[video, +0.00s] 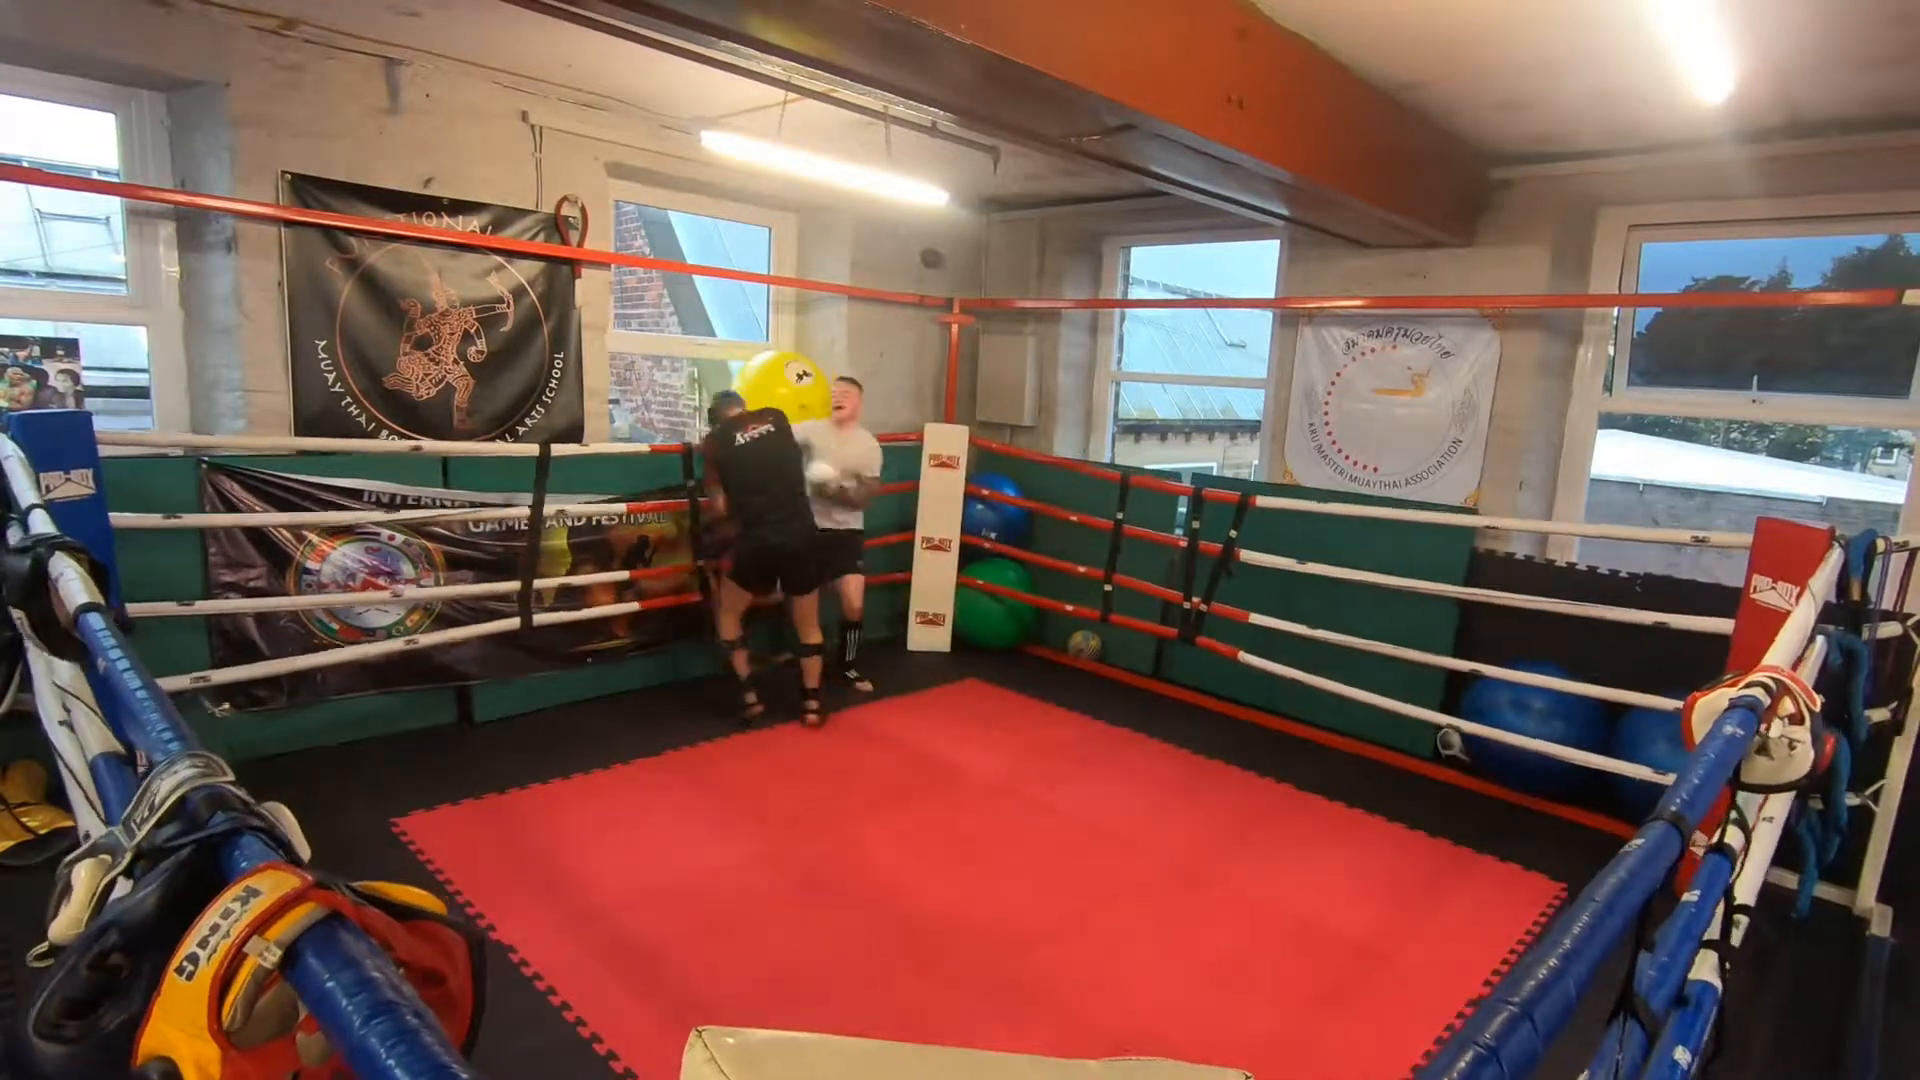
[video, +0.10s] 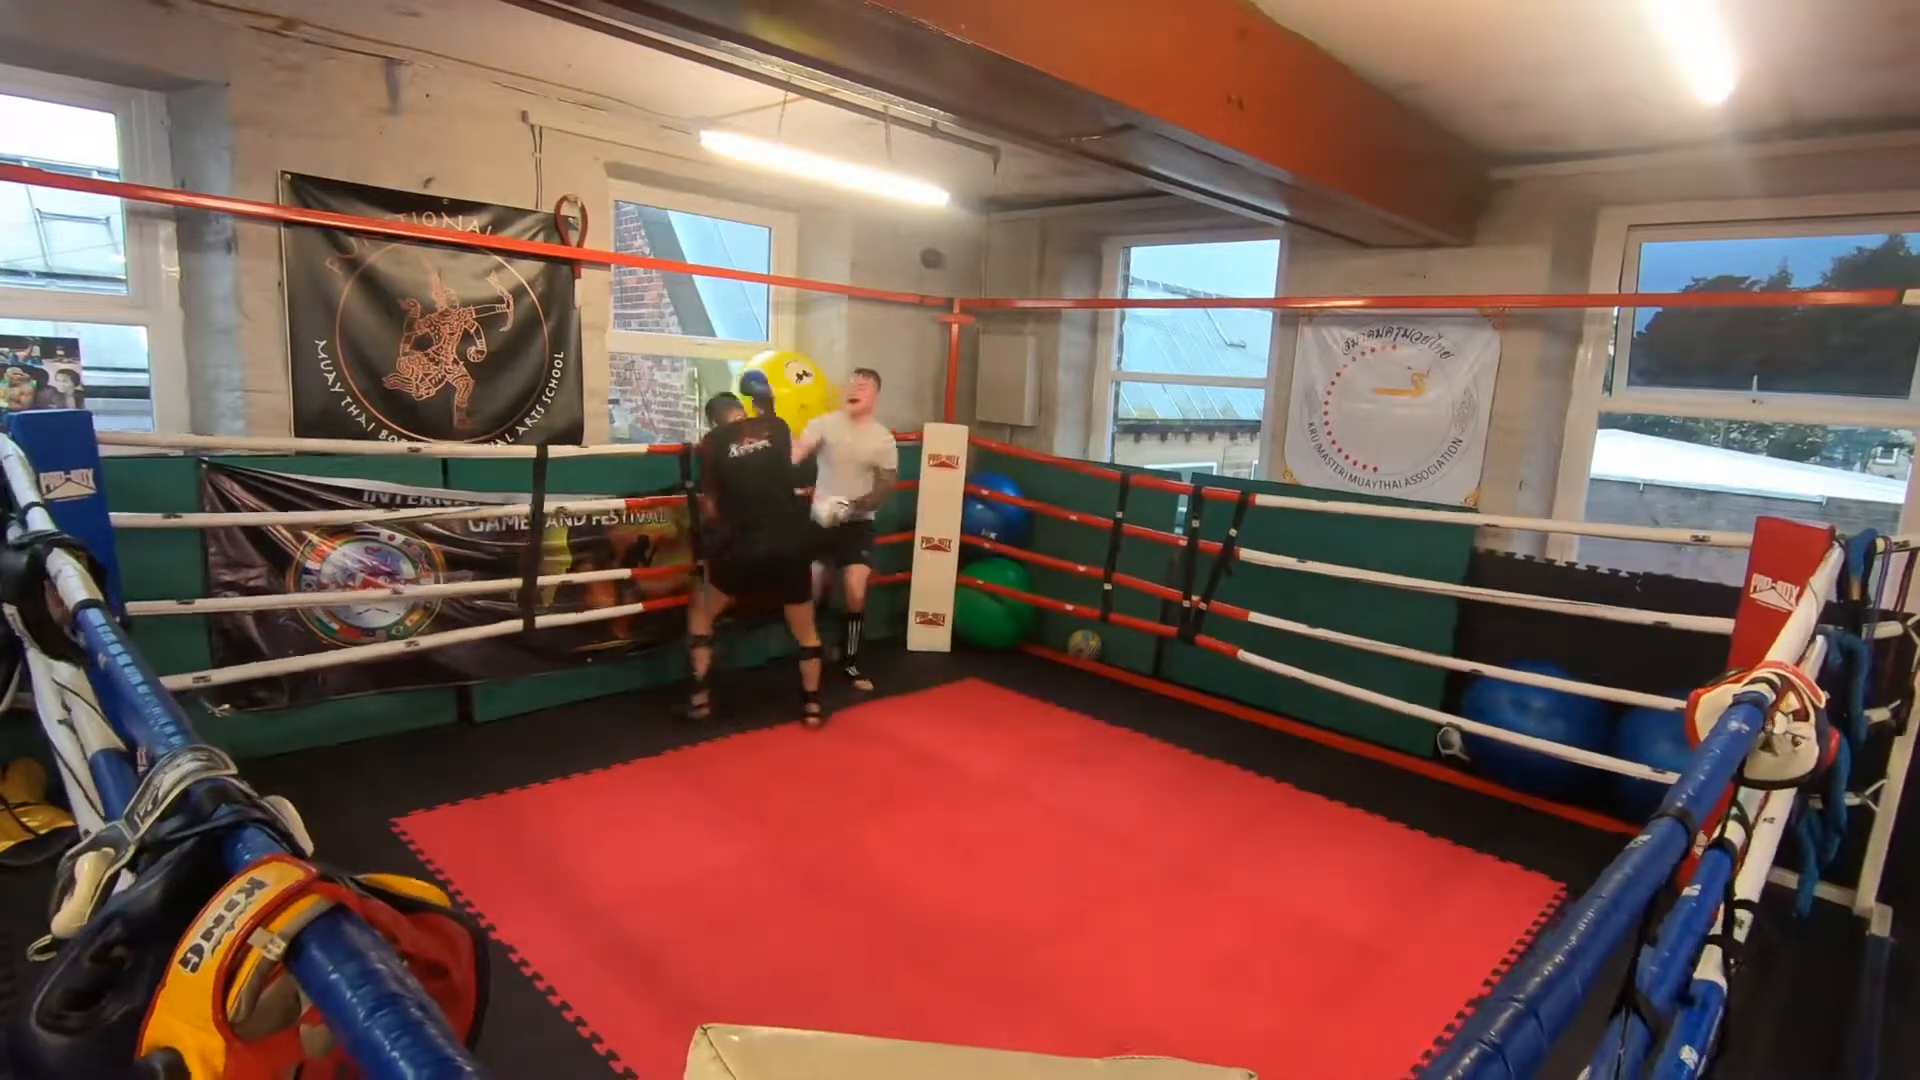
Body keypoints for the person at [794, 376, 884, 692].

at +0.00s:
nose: (839, 400)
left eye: (846, 395)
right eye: (835, 395)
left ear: (860, 402)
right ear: (829, 400)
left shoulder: (868, 444)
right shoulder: (811, 431)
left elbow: (866, 494)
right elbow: (777, 446)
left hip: (848, 531)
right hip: (811, 529)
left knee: (854, 604)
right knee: (803, 603)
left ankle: (847, 667)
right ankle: (809, 665)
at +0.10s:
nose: (856, 391)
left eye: (863, 387)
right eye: (853, 386)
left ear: (876, 396)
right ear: (845, 392)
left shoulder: (883, 438)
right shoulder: (825, 426)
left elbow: (885, 486)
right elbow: (795, 457)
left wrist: (853, 506)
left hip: (857, 521)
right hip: (820, 516)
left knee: (856, 592)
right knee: (813, 589)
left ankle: (850, 664)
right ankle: (808, 655)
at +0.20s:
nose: (855, 392)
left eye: (863, 387)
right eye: (852, 386)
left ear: (877, 394)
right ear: (847, 391)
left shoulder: (890, 433)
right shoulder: (833, 427)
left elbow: (902, 477)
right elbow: (823, 476)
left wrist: (883, 506)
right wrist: (815, 472)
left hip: (870, 515)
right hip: (836, 514)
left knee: (860, 588)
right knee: (839, 591)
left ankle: (853, 661)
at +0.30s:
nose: (856, 394)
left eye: (863, 389)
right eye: (853, 389)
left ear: (877, 395)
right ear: (848, 394)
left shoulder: (892, 429)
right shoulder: (842, 438)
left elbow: (915, 476)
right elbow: (847, 488)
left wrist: (901, 511)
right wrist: (833, 479)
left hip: (888, 516)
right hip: (858, 517)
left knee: (866, 583)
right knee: (855, 588)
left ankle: (865, 658)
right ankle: (893, 636)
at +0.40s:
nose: (864, 380)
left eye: (871, 375)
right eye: (862, 375)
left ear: (885, 379)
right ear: (858, 379)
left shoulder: (902, 413)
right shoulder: (854, 421)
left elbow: (928, 457)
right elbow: (853, 465)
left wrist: (922, 494)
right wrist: (851, 457)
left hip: (904, 501)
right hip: (875, 502)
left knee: (879, 564)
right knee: (875, 574)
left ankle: (890, 636)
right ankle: (881, 640)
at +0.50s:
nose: (873, 374)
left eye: (880, 368)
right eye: (871, 368)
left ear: (895, 373)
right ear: (868, 373)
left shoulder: (912, 405)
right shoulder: (866, 415)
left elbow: (945, 443)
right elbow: (864, 465)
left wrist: (947, 478)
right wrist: (873, 450)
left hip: (916, 493)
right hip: (889, 496)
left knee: (891, 564)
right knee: (895, 568)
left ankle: (909, 643)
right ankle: (900, 635)